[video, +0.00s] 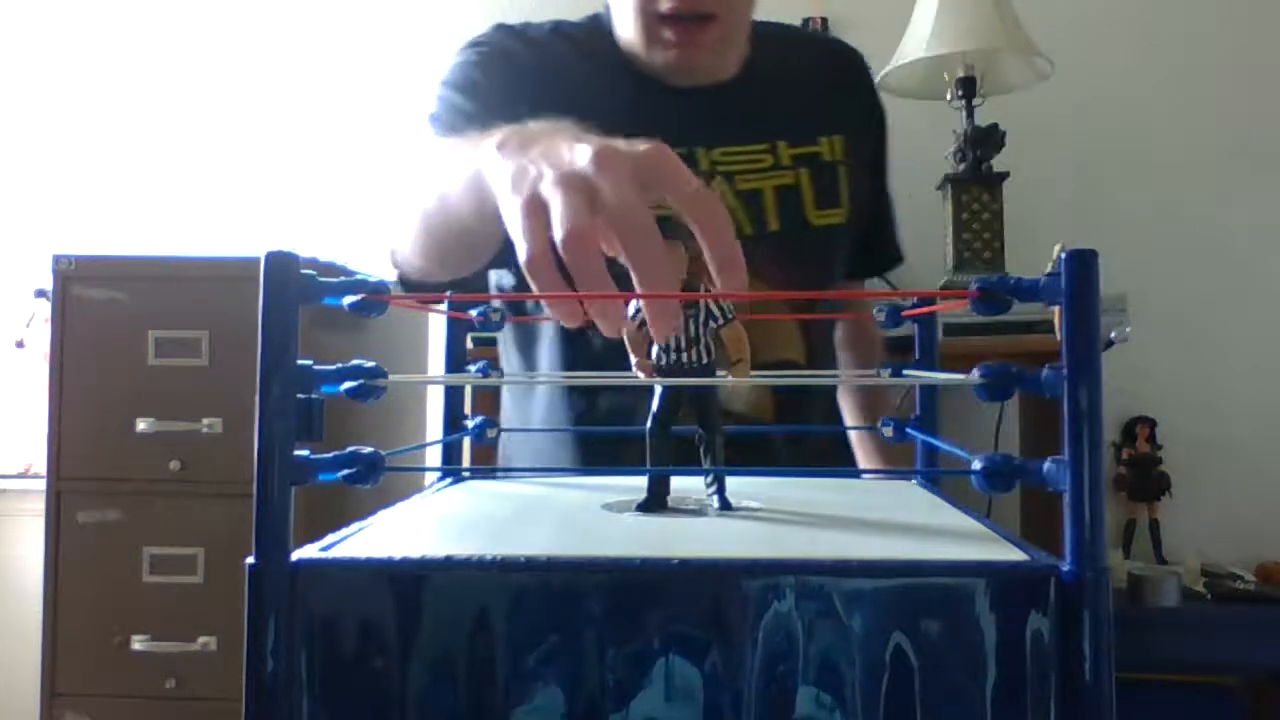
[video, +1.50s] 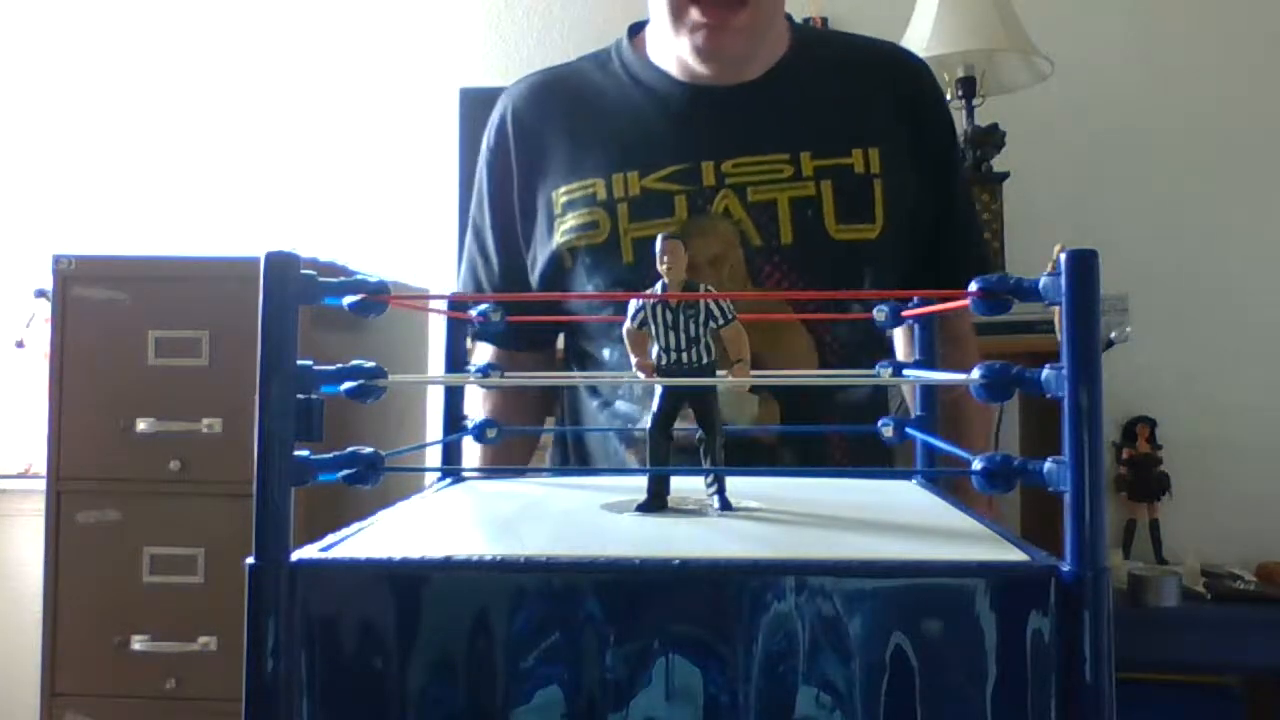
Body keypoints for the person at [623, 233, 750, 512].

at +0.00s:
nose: (672, 266)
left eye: (677, 258)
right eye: (665, 259)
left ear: (689, 260)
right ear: (653, 264)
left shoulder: (705, 297)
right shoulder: (647, 300)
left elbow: (731, 330)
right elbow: (632, 330)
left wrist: (741, 361)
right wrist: (639, 359)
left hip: (702, 369)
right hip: (666, 371)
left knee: (710, 429)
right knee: (656, 428)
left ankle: (717, 491)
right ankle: (656, 492)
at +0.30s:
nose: (666, 261)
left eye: (672, 256)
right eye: (662, 257)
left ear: (686, 258)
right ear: (657, 262)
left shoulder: (706, 297)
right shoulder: (646, 302)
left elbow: (733, 330)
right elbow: (633, 334)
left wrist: (742, 362)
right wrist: (638, 360)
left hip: (702, 371)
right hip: (666, 373)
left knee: (711, 430)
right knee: (656, 429)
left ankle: (718, 492)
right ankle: (656, 493)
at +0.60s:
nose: (666, 261)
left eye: (672, 255)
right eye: (661, 256)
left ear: (687, 260)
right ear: (656, 262)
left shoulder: (706, 296)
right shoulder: (646, 303)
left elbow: (732, 329)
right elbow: (634, 336)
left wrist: (741, 362)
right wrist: (638, 360)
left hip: (702, 373)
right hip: (667, 375)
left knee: (711, 432)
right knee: (655, 430)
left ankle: (718, 492)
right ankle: (657, 494)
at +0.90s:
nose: (666, 260)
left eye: (672, 255)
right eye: (662, 256)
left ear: (685, 258)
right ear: (657, 262)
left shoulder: (706, 296)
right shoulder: (646, 302)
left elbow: (731, 329)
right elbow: (632, 332)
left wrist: (741, 361)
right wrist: (637, 358)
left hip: (702, 373)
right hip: (667, 375)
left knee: (711, 432)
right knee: (656, 430)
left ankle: (718, 493)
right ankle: (657, 495)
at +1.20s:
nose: (667, 261)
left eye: (672, 256)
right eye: (662, 257)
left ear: (685, 259)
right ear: (656, 262)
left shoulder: (706, 296)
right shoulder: (646, 302)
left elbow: (733, 329)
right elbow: (632, 332)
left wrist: (742, 361)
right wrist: (638, 359)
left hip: (702, 374)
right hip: (667, 376)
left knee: (711, 431)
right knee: (656, 428)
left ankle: (718, 493)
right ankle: (657, 495)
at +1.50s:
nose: (667, 262)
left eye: (673, 256)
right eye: (662, 258)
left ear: (686, 259)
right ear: (657, 263)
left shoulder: (705, 296)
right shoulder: (646, 301)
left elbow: (732, 329)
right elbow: (632, 331)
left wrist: (741, 362)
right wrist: (639, 359)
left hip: (702, 372)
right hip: (667, 375)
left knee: (711, 431)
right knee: (657, 429)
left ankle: (718, 493)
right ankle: (657, 495)